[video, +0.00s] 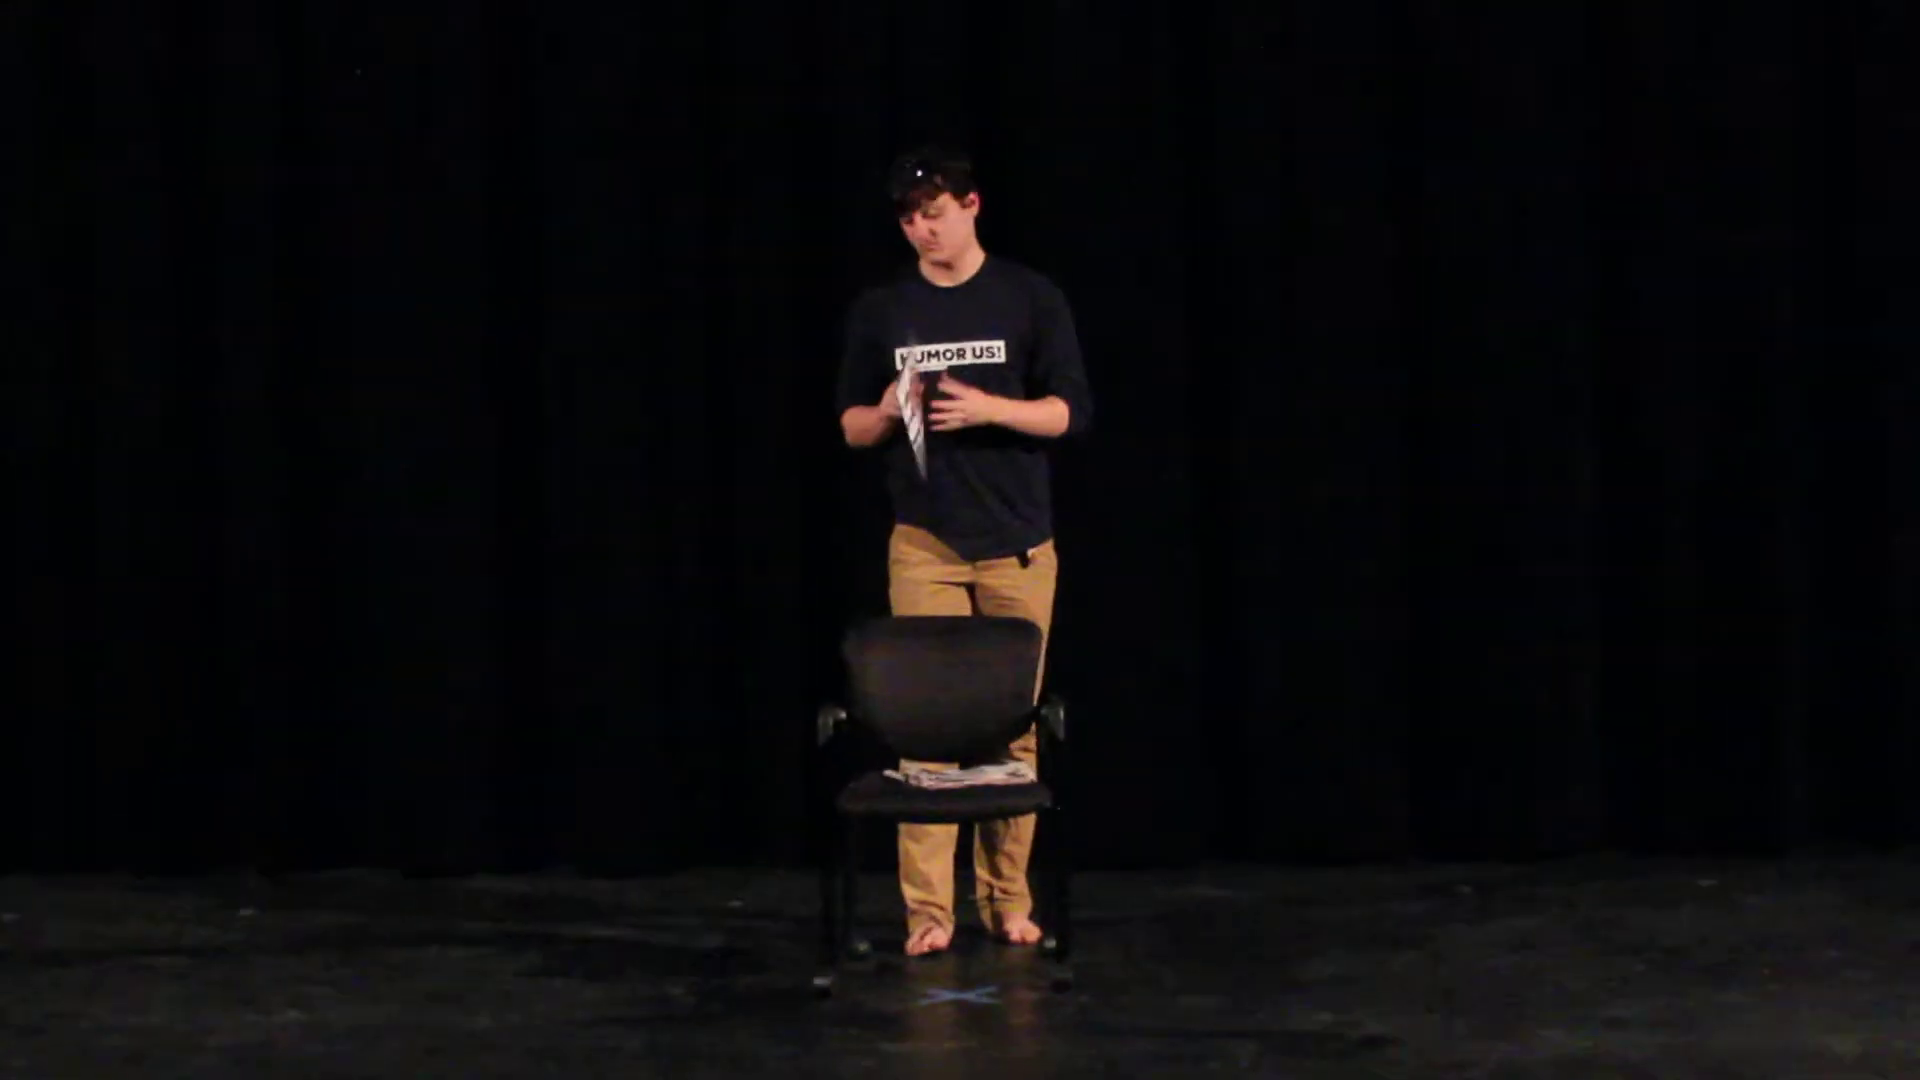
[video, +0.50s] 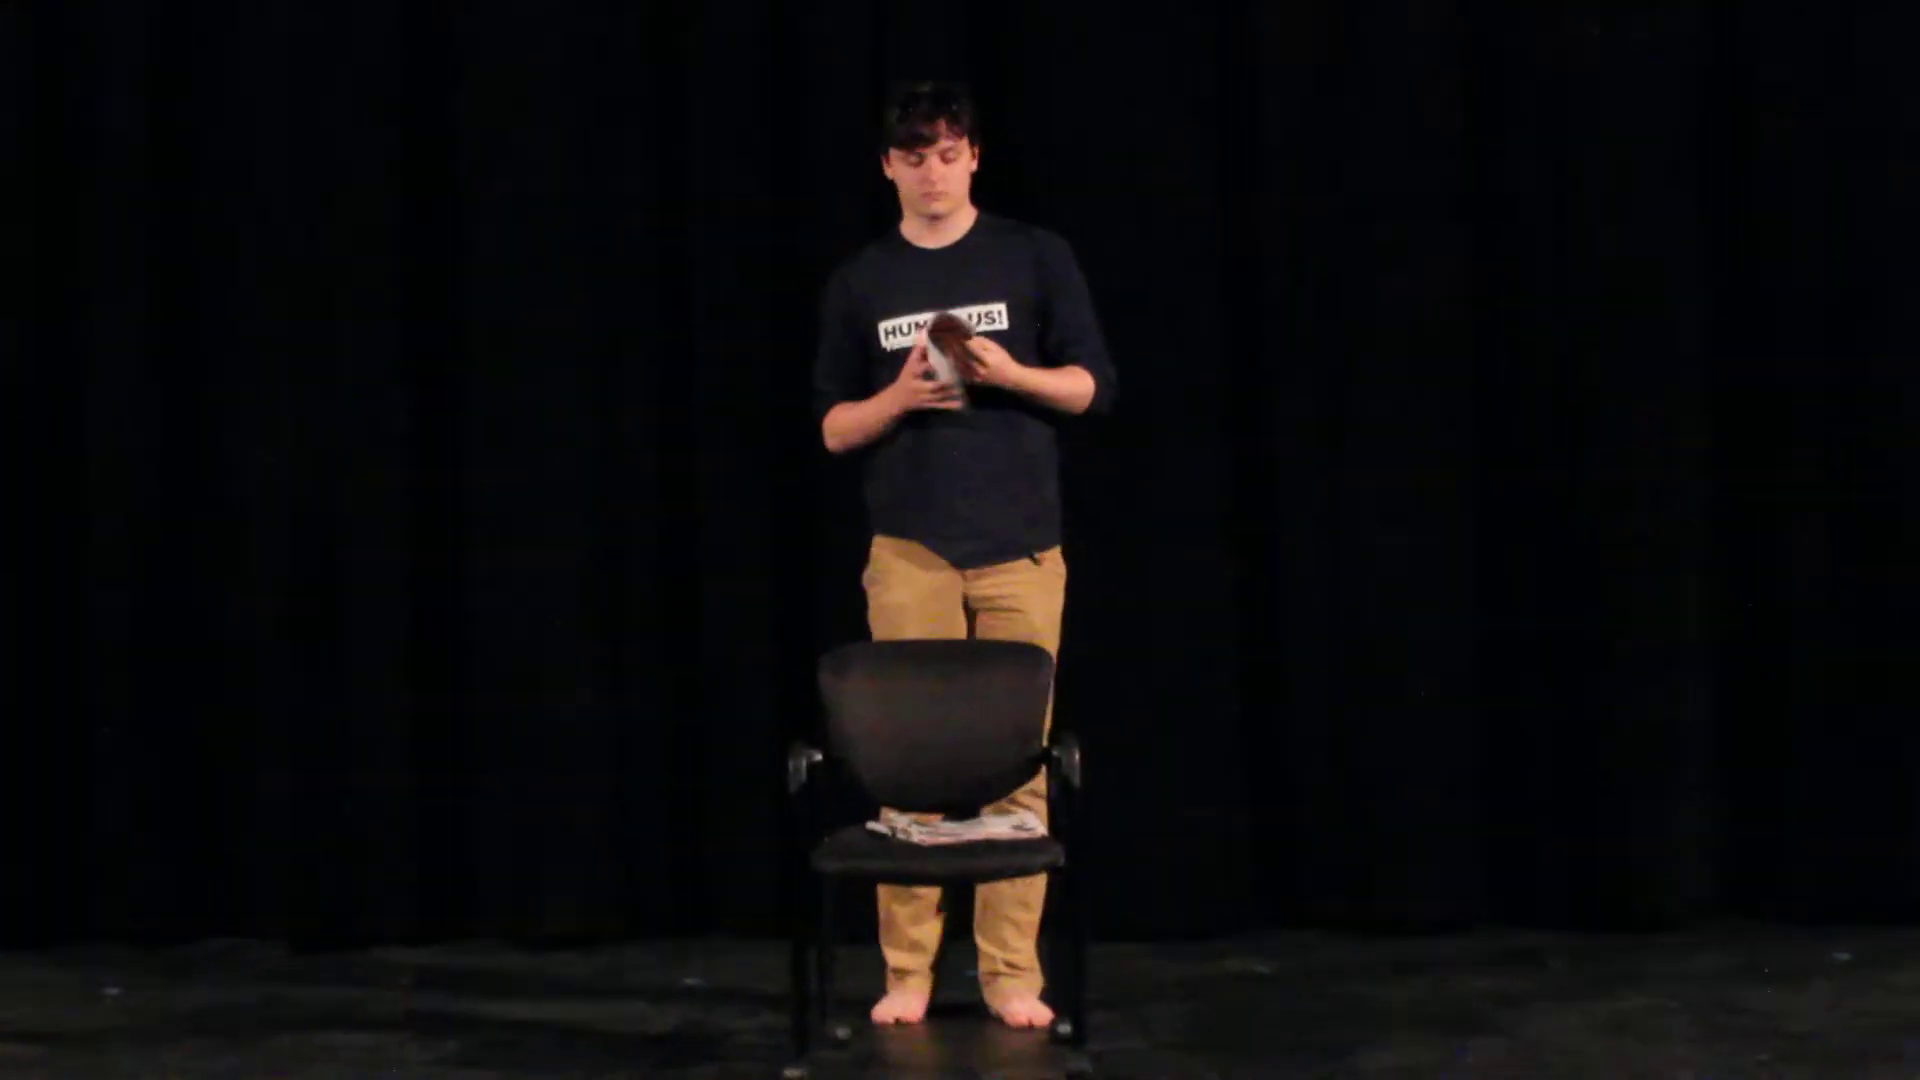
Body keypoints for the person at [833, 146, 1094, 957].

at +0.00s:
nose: (921, 229)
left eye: (934, 213)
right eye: (911, 217)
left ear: (972, 207)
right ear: (900, 224)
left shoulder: (1033, 300)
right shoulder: (883, 310)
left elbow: (1069, 414)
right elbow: (853, 428)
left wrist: (991, 408)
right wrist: (891, 411)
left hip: (1018, 543)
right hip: (922, 541)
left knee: (1015, 722)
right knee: (925, 719)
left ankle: (1008, 899)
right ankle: (928, 909)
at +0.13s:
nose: (920, 223)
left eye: (930, 203)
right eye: (909, 209)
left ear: (972, 190)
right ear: (901, 213)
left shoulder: (1044, 290)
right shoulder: (889, 292)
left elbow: (1076, 408)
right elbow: (854, 413)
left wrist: (983, 392)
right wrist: (905, 401)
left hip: (1020, 545)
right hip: (920, 542)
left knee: (1015, 733)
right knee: (920, 729)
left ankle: (1008, 920)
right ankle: (923, 927)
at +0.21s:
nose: (922, 207)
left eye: (934, 189)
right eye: (911, 195)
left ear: (976, 180)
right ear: (901, 201)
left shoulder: (1049, 279)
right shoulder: (888, 287)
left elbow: (1082, 400)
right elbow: (858, 412)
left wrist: (987, 384)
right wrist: (905, 388)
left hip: (1021, 547)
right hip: (918, 542)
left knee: (1014, 739)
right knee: (917, 733)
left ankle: (1011, 931)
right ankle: (921, 934)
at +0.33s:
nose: (929, 192)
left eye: (942, 172)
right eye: (914, 179)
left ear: (978, 168)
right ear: (898, 188)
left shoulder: (1049, 269)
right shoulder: (882, 286)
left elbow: (1090, 392)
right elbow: (855, 424)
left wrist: (1005, 374)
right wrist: (904, 377)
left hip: (1024, 546)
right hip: (916, 542)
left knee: (1016, 745)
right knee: (915, 735)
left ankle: (1008, 945)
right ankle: (916, 934)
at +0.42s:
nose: (934, 178)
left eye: (948, 161)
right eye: (918, 165)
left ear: (977, 163)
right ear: (895, 176)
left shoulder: (1044, 263)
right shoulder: (873, 283)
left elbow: (1091, 387)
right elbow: (844, 425)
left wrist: (1014, 374)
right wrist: (895, 393)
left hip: (1024, 544)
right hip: (913, 542)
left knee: (1017, 750)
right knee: (910, 744)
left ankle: (1009, 957)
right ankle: (909, 948)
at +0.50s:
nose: (935, 170)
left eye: (949, 152)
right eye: (917, 155)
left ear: (975, 158)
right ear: (889, 166)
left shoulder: (1038, 260)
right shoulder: (860, 282)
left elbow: (1089, 389)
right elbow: (834, 430)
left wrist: (1012, 374)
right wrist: (902, 397)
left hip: (1022, 550)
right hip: (907, 552)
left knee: (1018, 761)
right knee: (908, 759)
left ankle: (1011, 976)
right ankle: (907, 977)